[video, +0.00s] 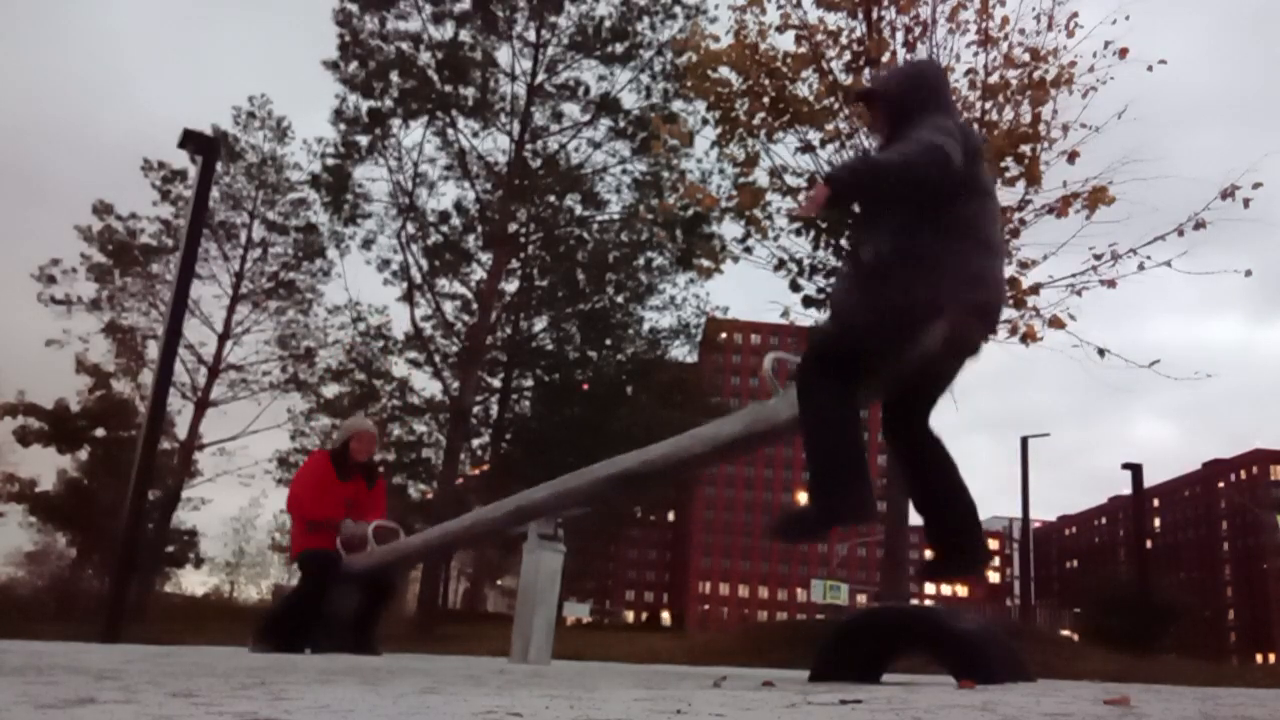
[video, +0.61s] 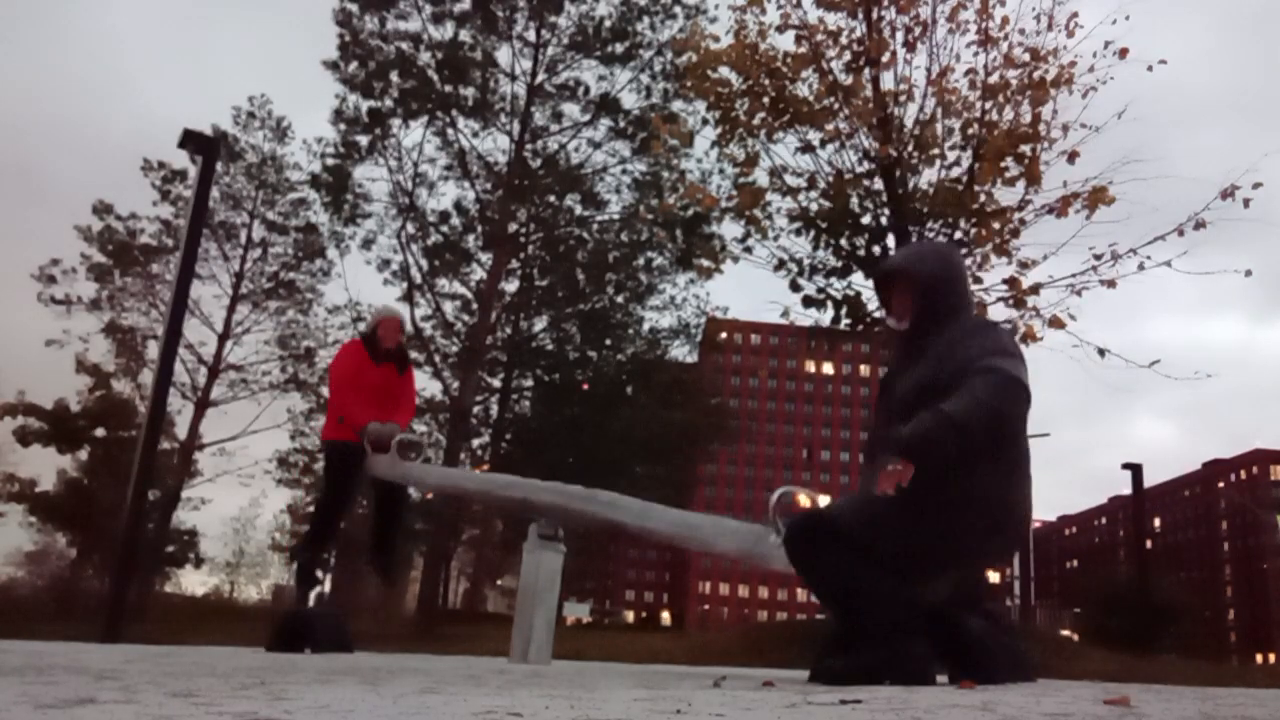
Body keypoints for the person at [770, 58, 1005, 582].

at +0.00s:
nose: (871, 118)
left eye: (878, 106)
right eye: (871, 107)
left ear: (904, 100)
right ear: (926, 98)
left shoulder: (938, 129)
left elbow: (930, 164)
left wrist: (839, 182)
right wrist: (847, 208)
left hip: (925, 295)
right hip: (963, 305)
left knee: (822, 367)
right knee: (905, 415)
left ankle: (838, 496)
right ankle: (961, 549)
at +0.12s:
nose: (877, 159)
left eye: (884, 146)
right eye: (876, 148)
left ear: (912, 140)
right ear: (928, 138)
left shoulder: (957, 178)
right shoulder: (904, 204)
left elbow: (945, 202)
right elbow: (879, 307)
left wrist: (865, 215)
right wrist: (828, 376)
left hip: (952, 343)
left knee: (824, 406)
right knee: (906, 455)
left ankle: (845, 536)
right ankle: (978, 587)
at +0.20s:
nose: (883, 188)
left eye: (890, 176)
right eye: (882, 178)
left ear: (917, 170)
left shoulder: (968, 209)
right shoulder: (904, 232)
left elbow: (941, 242)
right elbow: (879, 334)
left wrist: (884, 259)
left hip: (953, 374)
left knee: (829, 445)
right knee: (915, 489)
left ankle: (858, 601)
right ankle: (982, 627)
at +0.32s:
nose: (891, 240)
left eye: (898, 227)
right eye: (890, 230)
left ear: (926, 220)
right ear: (932, 223)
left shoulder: (969, 260)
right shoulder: (918, 278)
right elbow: (897, 379)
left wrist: (895, 331)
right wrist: (864, 440)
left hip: (954, 426)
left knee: (834, 503)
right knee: (915, 535)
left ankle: (875, 633)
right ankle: (1000, 643)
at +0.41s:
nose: (888, 258)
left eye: (897, 246)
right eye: (886, 248)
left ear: (928, 245)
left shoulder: (975, 294)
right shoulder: (912, 314)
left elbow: (973, 354)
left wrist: (902, 373)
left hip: (968, 455)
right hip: (935, 455)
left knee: (829, 522)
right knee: (894, 556)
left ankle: (891, 653)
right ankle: (997, 646)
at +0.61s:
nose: (894, 304)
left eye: (904, 291)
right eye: (891, 293)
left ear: (933, 291)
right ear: (890, 297)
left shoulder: (981, 337)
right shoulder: (905, 365)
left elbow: (997, 398)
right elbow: (884, 454)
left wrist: (911, 447)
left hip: (976, 512)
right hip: (925, 511)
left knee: (814, 534)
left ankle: (889, 656)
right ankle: (992, 658)